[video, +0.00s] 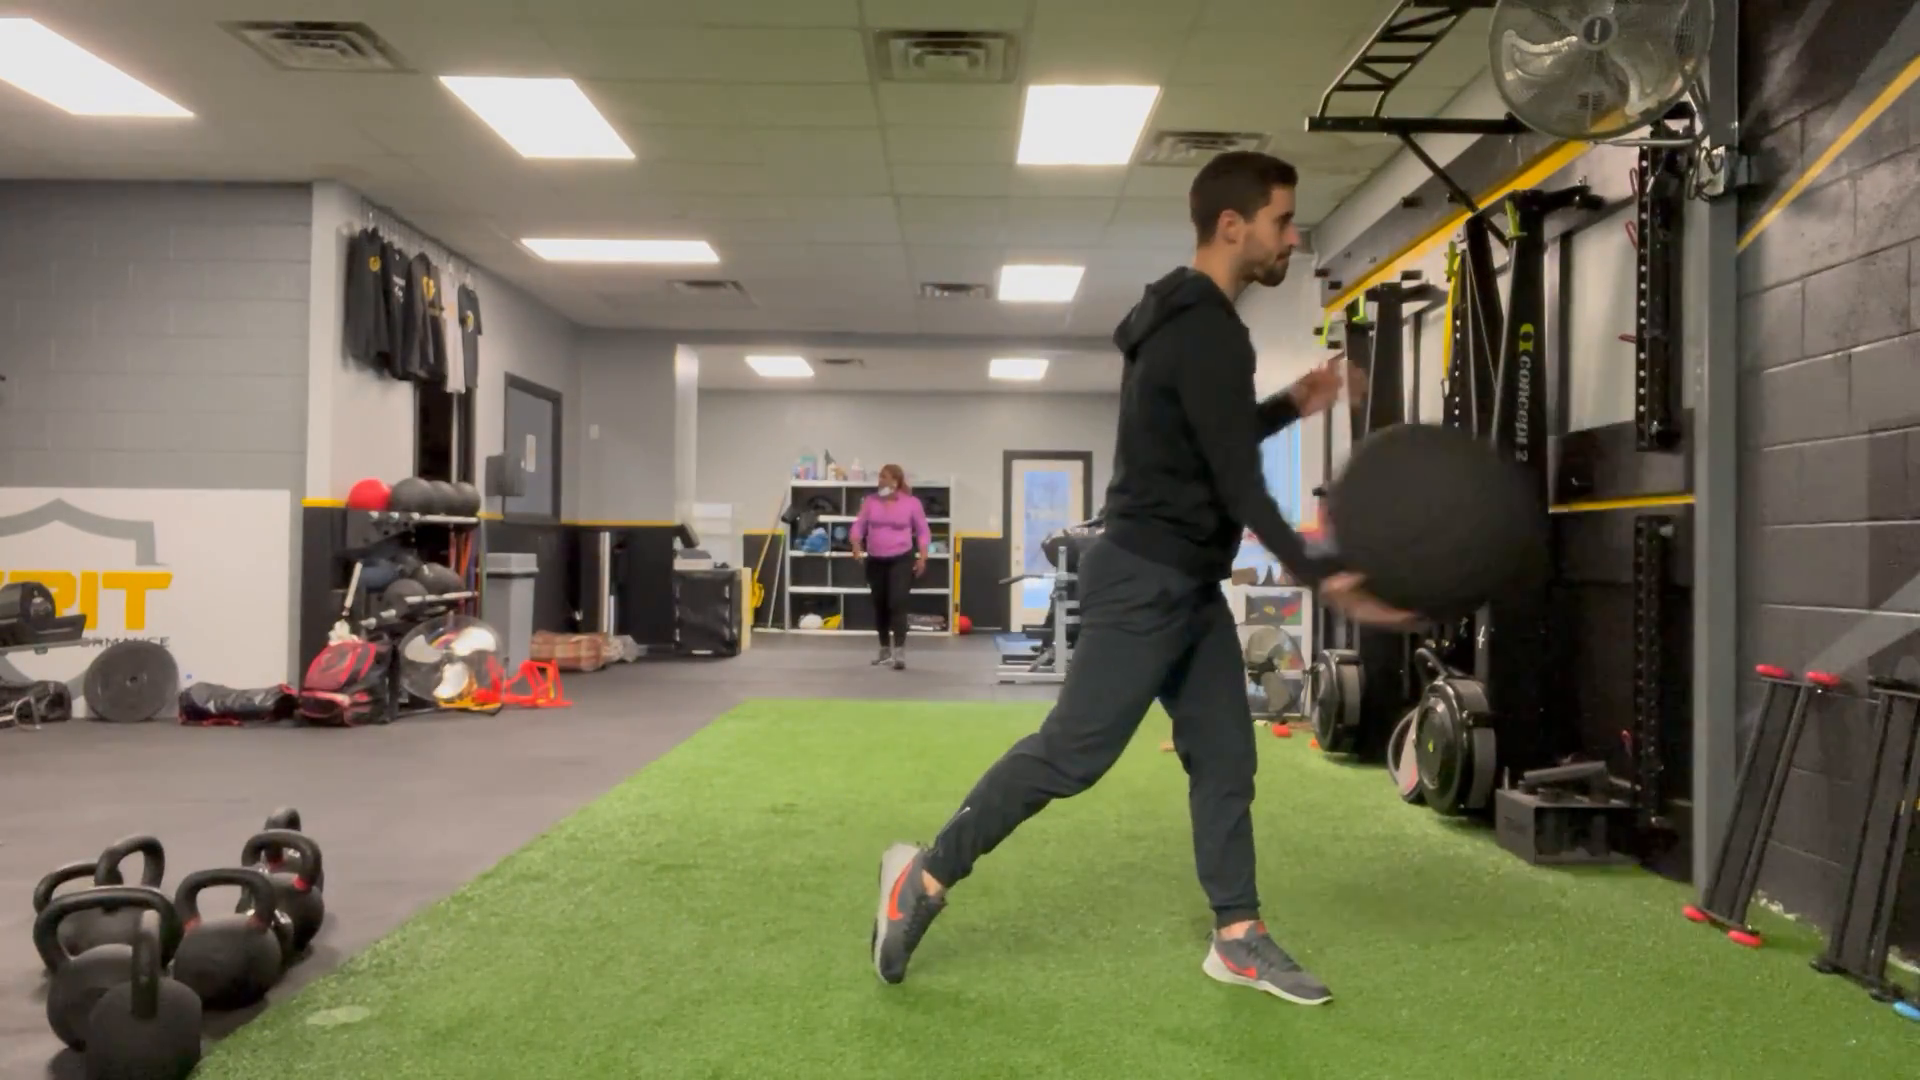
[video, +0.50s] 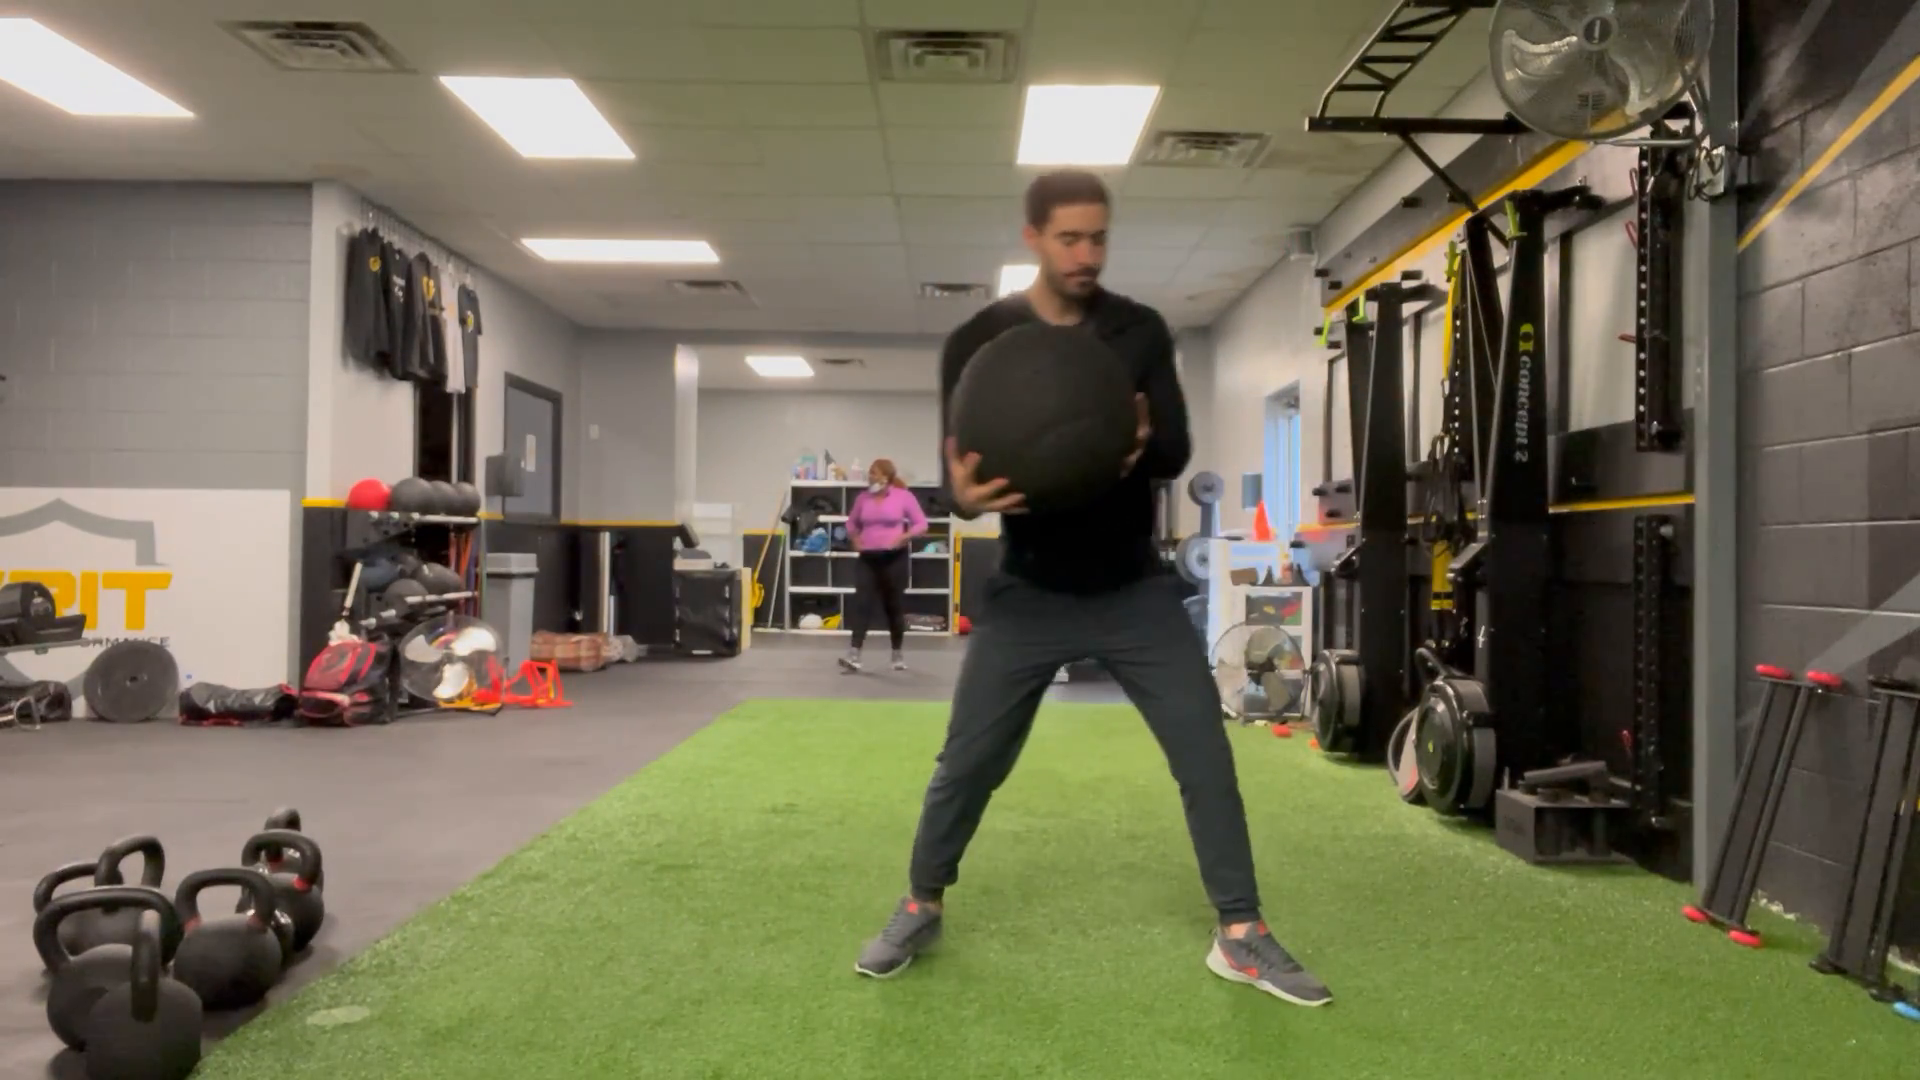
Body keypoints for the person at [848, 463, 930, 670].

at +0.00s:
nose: (880, 480)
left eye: (884, 477)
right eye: (880, 477)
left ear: (896, 481)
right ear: (880, 479)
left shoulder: (911, 503)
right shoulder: (870, 502)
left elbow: (923, 531)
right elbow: (858, 526)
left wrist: (922, 557)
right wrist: (856, 543)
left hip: (901, 558)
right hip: (875, 558)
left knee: (897, 602)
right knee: (880, 604)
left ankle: (899, 650)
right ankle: (884, 648)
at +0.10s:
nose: (880, 479)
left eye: (885, 476)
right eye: (880, 475)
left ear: (896, 479)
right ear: (880, 478)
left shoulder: (911, 502)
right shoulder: (870, 501)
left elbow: (925, 530)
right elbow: (856, 526)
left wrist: (916, 551)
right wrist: (863, 543)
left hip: (900, 557)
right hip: (876, 557)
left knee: (898, 602)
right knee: (879, 602)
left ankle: (898, 651)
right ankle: (883, 645)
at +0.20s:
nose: (880, 477)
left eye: (884, 474)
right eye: (879, 473)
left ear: (896, 477)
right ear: (880, 476)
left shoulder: (911, 499)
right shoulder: (870, 499)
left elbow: (927, 526)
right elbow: (856, 524)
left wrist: (914, 543)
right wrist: (863, 541)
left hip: (900, 556)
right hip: (875, 556)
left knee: (899, 603)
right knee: (873, 603)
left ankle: (898, 650)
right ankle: (880, 638)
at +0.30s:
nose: (877, 476)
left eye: (882, 473)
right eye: (877, 472)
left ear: (894, 476)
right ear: (879, 475)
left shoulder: (910, 497)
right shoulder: (869, 498)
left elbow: (927, 526)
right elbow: (854, 523)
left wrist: (909, 541)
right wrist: (862, 540)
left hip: (899, 555)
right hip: (874, 555)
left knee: (898, 602)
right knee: (868, 600)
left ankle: (898, 651)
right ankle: (876, 639)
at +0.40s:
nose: (875, 476)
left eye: (879, 472)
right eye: (875, 472)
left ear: (891, 475)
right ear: (875, 474)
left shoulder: (907, 496)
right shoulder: (867, 497)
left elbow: (925, 524)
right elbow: (853, 522)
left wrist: (908, 538)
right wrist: (859, 538)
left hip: (897, 554)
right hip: (871, 555)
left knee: (896, 603)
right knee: (865, 599)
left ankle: (897, 653)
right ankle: (866, 650)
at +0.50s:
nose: (871, 478)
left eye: (875, 474)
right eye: (870, 474)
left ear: (887, 477)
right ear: (870, 476)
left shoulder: (903, 496)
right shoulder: (863, 498)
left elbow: (921, 524)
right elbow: (851, 522)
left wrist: (904, 537)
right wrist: (856, 539)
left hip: (893, 552)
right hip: (867, 553)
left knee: (893, 603)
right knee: (862, 600)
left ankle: (897, 654)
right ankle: (855, 653)